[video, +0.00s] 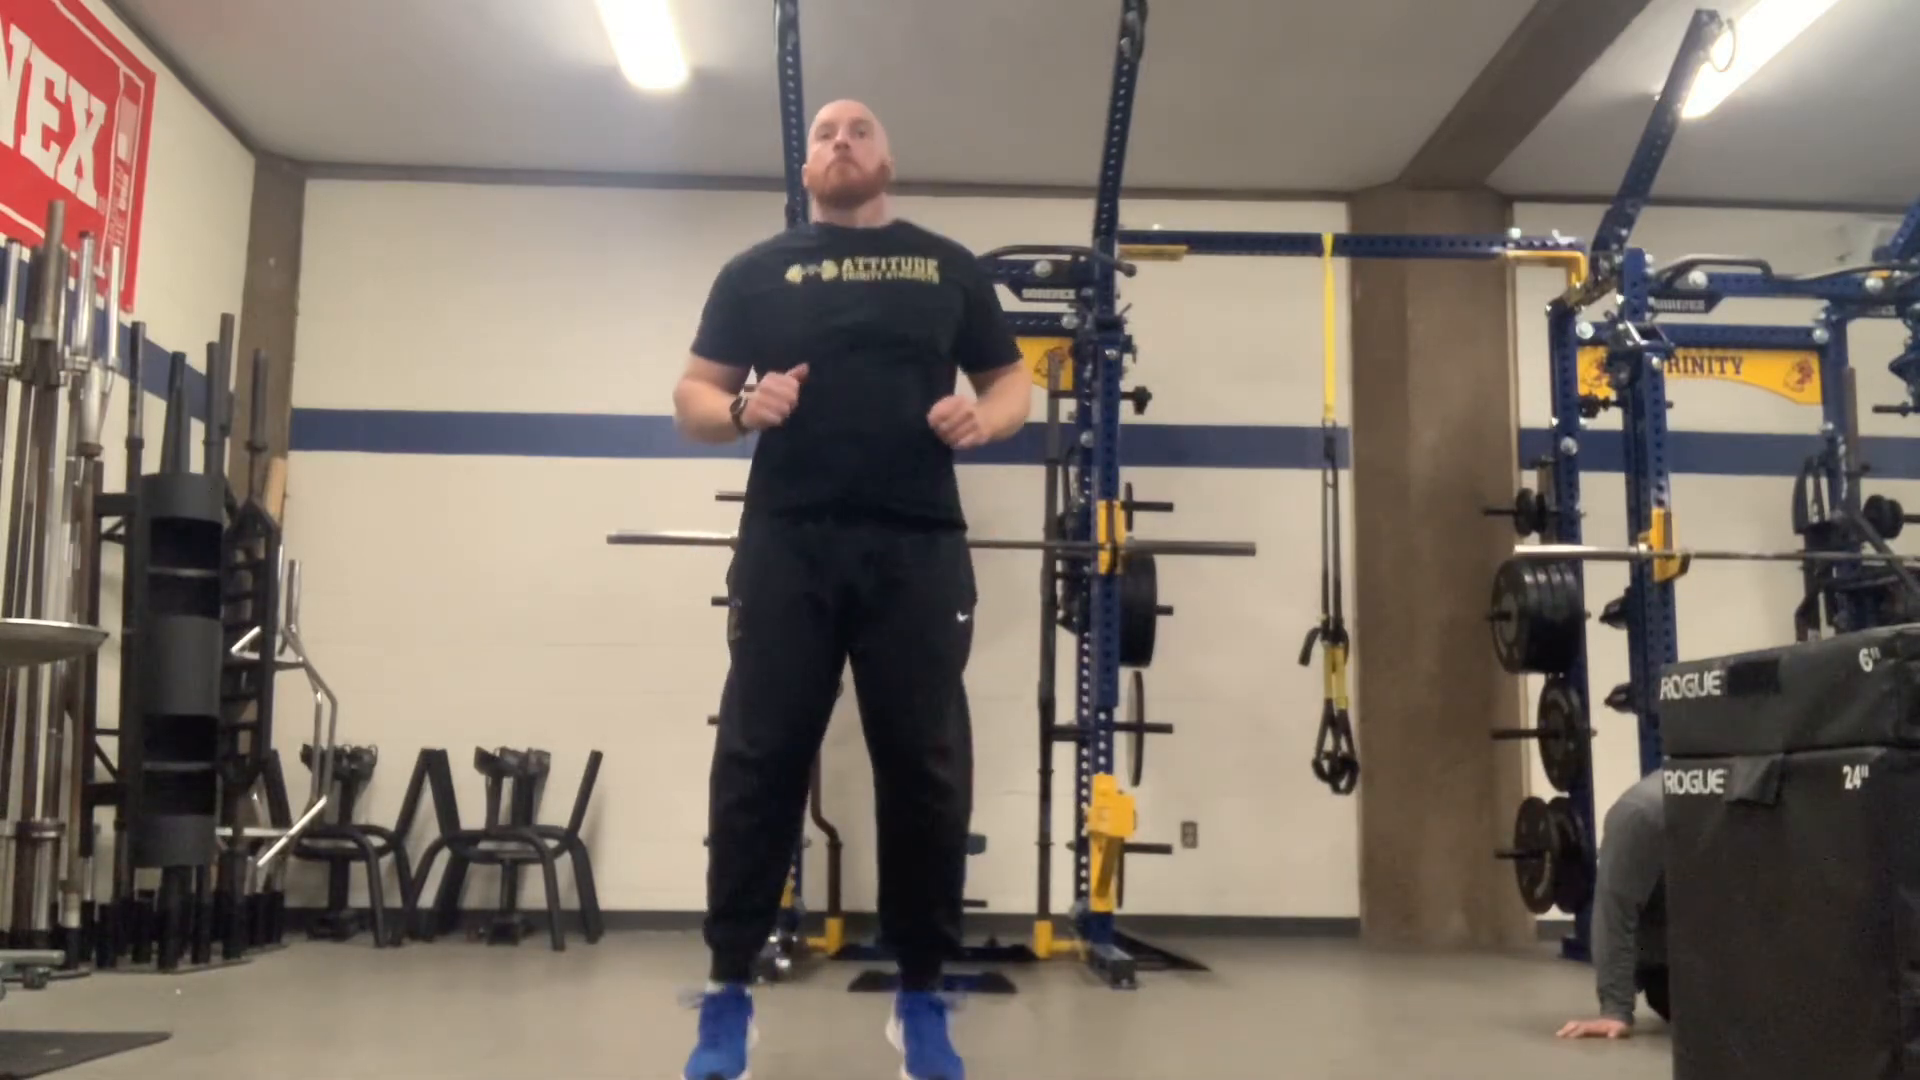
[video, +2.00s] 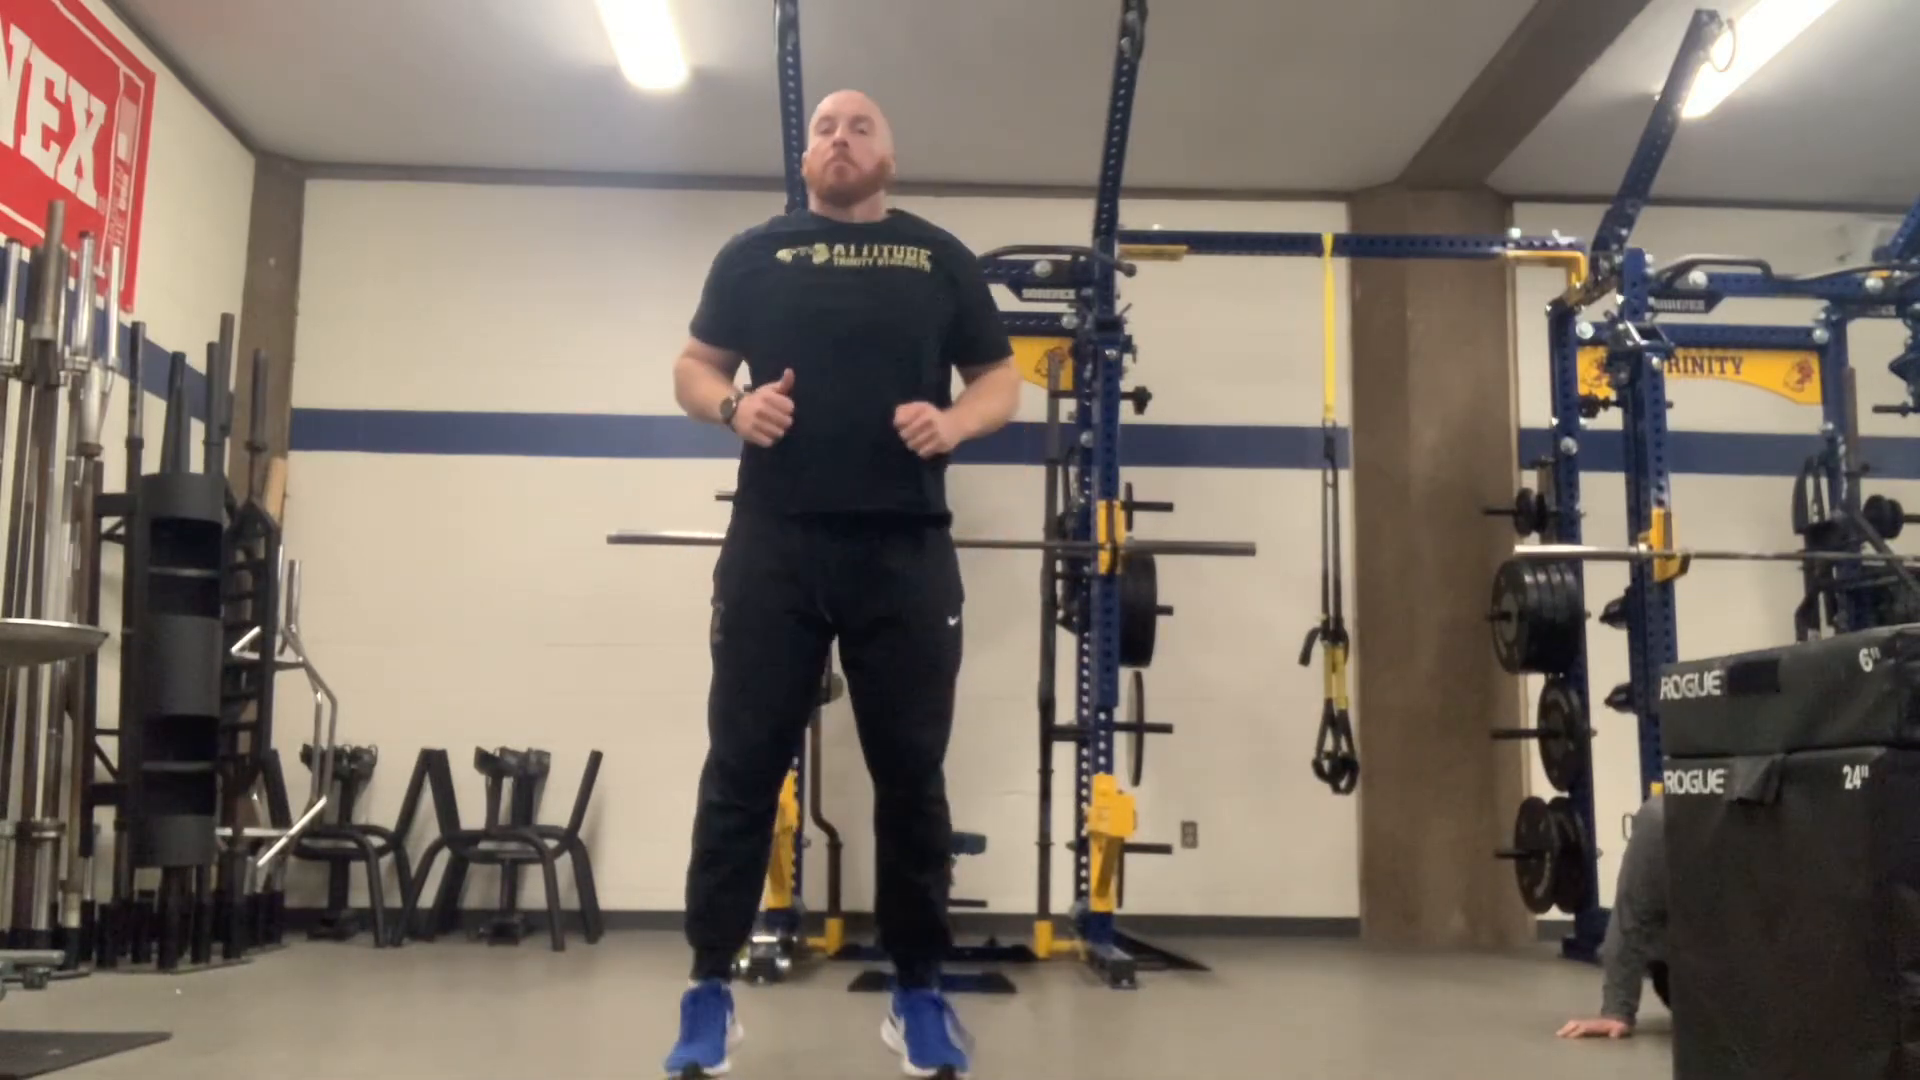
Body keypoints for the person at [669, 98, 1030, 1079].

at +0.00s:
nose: (844, 136)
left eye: (860, 127)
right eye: (826, 132)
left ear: (892, 161)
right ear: (802, 170)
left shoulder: (948, 267)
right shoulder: (753, 274)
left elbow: (1013, 384)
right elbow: (693, 403)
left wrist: (984, 416)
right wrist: (741, 407)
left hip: (916, 552)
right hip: (787, 551)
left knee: (925, 768)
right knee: (758, 759)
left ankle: (923, 997)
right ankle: (729, 987)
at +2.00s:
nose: (841, 134)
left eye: (861, 125)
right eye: (825, 126)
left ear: (893, 159)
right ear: (802, 159)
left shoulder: (941, 259)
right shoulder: (752, 256)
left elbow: (1002, 382)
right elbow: (697, 370)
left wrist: (955, 422)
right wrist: (732, 406)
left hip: (903, 551)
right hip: (775, 546)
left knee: (912, 777)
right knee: (742, 766)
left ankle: (919, 992)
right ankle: (708, 988)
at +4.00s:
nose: (836, 211)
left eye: (855, 202)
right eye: (819, 204)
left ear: (886, 237)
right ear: (796, 239)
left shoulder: (933, 346)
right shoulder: (748, 347)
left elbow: (984, 469)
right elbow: (697, 472)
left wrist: (964, 508)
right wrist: (728, 511)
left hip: (897, 632)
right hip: (774, 629)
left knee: (893, 837)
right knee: (749, 830)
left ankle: (894, 1016)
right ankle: (719, 1010)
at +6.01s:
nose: (835, 143)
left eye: (855, 133)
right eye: (820, 134)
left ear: (890, 164)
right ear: (798, 167)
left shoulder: (942, 274)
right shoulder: (747, 275)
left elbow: (1002, 401)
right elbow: (690, 400)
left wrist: (967, 428)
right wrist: (722, 417)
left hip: (906, 559)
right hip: (773, 555)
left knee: (927, 771)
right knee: (733, 763)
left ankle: (939, 1004)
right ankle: (688, 997)